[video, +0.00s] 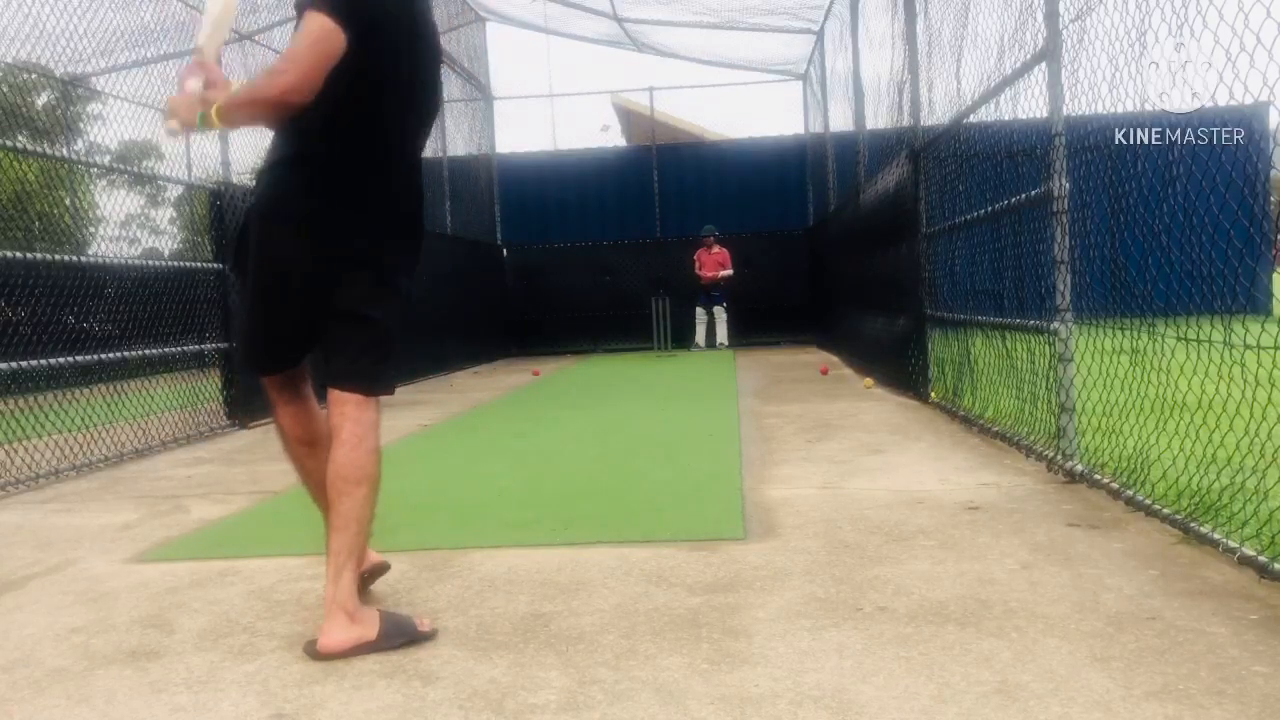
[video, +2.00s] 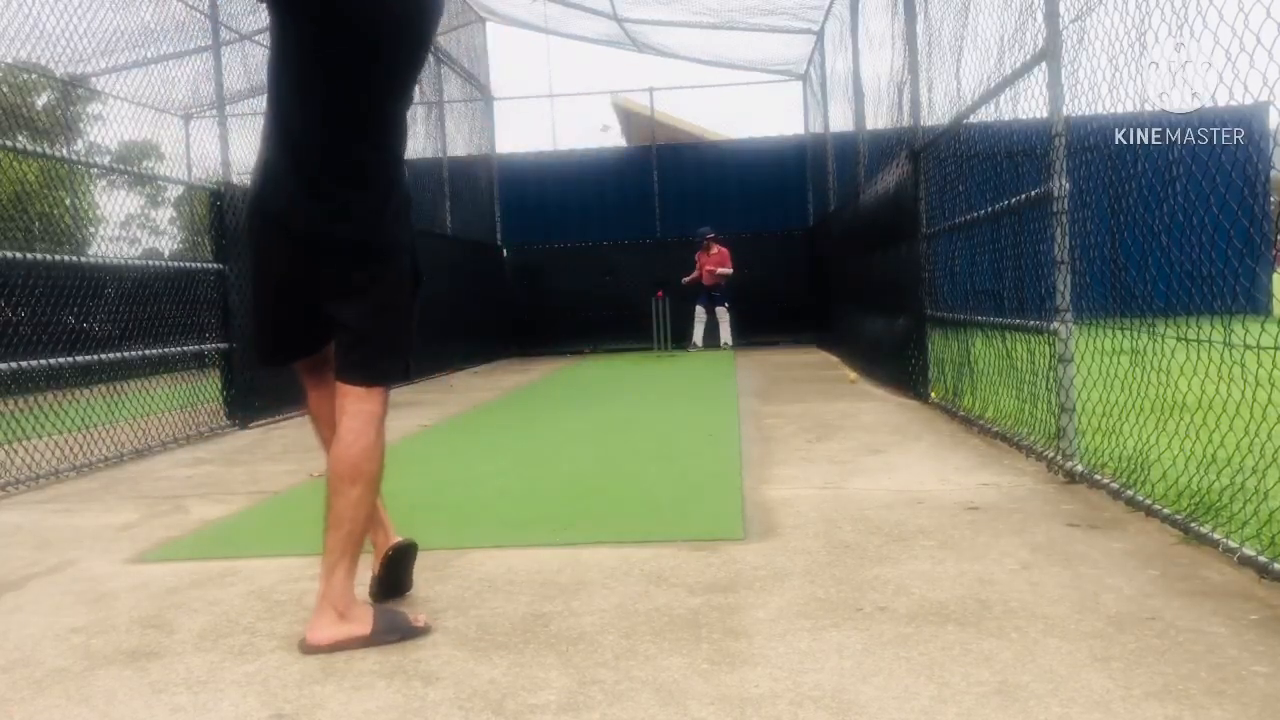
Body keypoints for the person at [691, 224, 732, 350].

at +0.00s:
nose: (706, 239)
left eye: (709, 237)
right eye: (704, 237)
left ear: (714, 237)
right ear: (702, 239)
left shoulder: (723, 252)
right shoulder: (700, 253)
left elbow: (730, 270)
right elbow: (696, 270)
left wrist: (717, 275)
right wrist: (703, 274)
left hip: (718, 285)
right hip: (704, 286)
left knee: (719, 312)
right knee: (700, 313)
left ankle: (722, 342)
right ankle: (700, 343)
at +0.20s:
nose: (708, 240)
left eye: (711, 237)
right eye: (706, 238)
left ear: (716, 238)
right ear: (704, 239)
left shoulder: (725, 252)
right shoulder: (702, 252)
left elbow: (732, 270)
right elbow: (699, 269)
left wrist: (720, 275)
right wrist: (704, 275)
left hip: (719, 285)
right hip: (706, 285)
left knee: (720, 312)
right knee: (701, 312)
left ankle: (722, 342)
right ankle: (699, 342)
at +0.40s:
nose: (735, 267)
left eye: (736, 265)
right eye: (734, 264)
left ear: (735, 264)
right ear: (729, 262)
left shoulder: (730, 269)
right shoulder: (720, 271)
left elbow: (728, 280)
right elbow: (721, 286)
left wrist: (729, 286)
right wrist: (727, 288)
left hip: (715, 291)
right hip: (704, 291)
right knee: (701, 314)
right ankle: (695, 335)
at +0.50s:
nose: (735, 264)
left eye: (736, 262)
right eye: (734, 260)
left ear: (736, 261)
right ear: (727, 258)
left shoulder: (730, 268)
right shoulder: (717, 267)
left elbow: (727, 280)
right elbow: (717, 284)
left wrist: (731, 286)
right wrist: (730, 288)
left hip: (718, 289)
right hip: (705, 288)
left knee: (721, 312)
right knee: (699, 313)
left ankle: (722, 342)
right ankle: (693, 338)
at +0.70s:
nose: (726, 248)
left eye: (728, 245)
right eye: (723, 245)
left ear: (731, 247)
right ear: (719, 245)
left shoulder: (730, 262)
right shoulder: (710, 255)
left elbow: (731, 280)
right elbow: (701, 270)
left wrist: (734, 294)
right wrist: (710, 283)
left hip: (718, 290)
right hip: (703, 288)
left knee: (719, 313)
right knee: (697, 314)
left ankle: (722, 343)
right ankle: (698, 341)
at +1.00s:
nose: (710, 240)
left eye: (712, 237)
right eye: (707, 237)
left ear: (716, 239)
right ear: (703, 239)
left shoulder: (720, 253)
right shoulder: (696, 253)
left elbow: (724, 271)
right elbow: (690, 268)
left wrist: (726, 278)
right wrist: (699, 273)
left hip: (715, 286)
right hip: (700, 287)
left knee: (720, 312)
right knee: (700, 315)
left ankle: (723, 342)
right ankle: (702, 343)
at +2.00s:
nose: (701, 244)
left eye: (703, 241)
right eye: (701, 241)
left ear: (709, 240)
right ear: (702, 241)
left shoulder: (723, 252)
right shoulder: (700, 255)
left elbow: (729, 270)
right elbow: (698, 271)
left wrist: (716, 270)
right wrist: (689, 278)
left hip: (719, 286)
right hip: (705, 286)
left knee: (721, 312)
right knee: (699, 311)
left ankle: (726, 342)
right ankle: (697, 343)